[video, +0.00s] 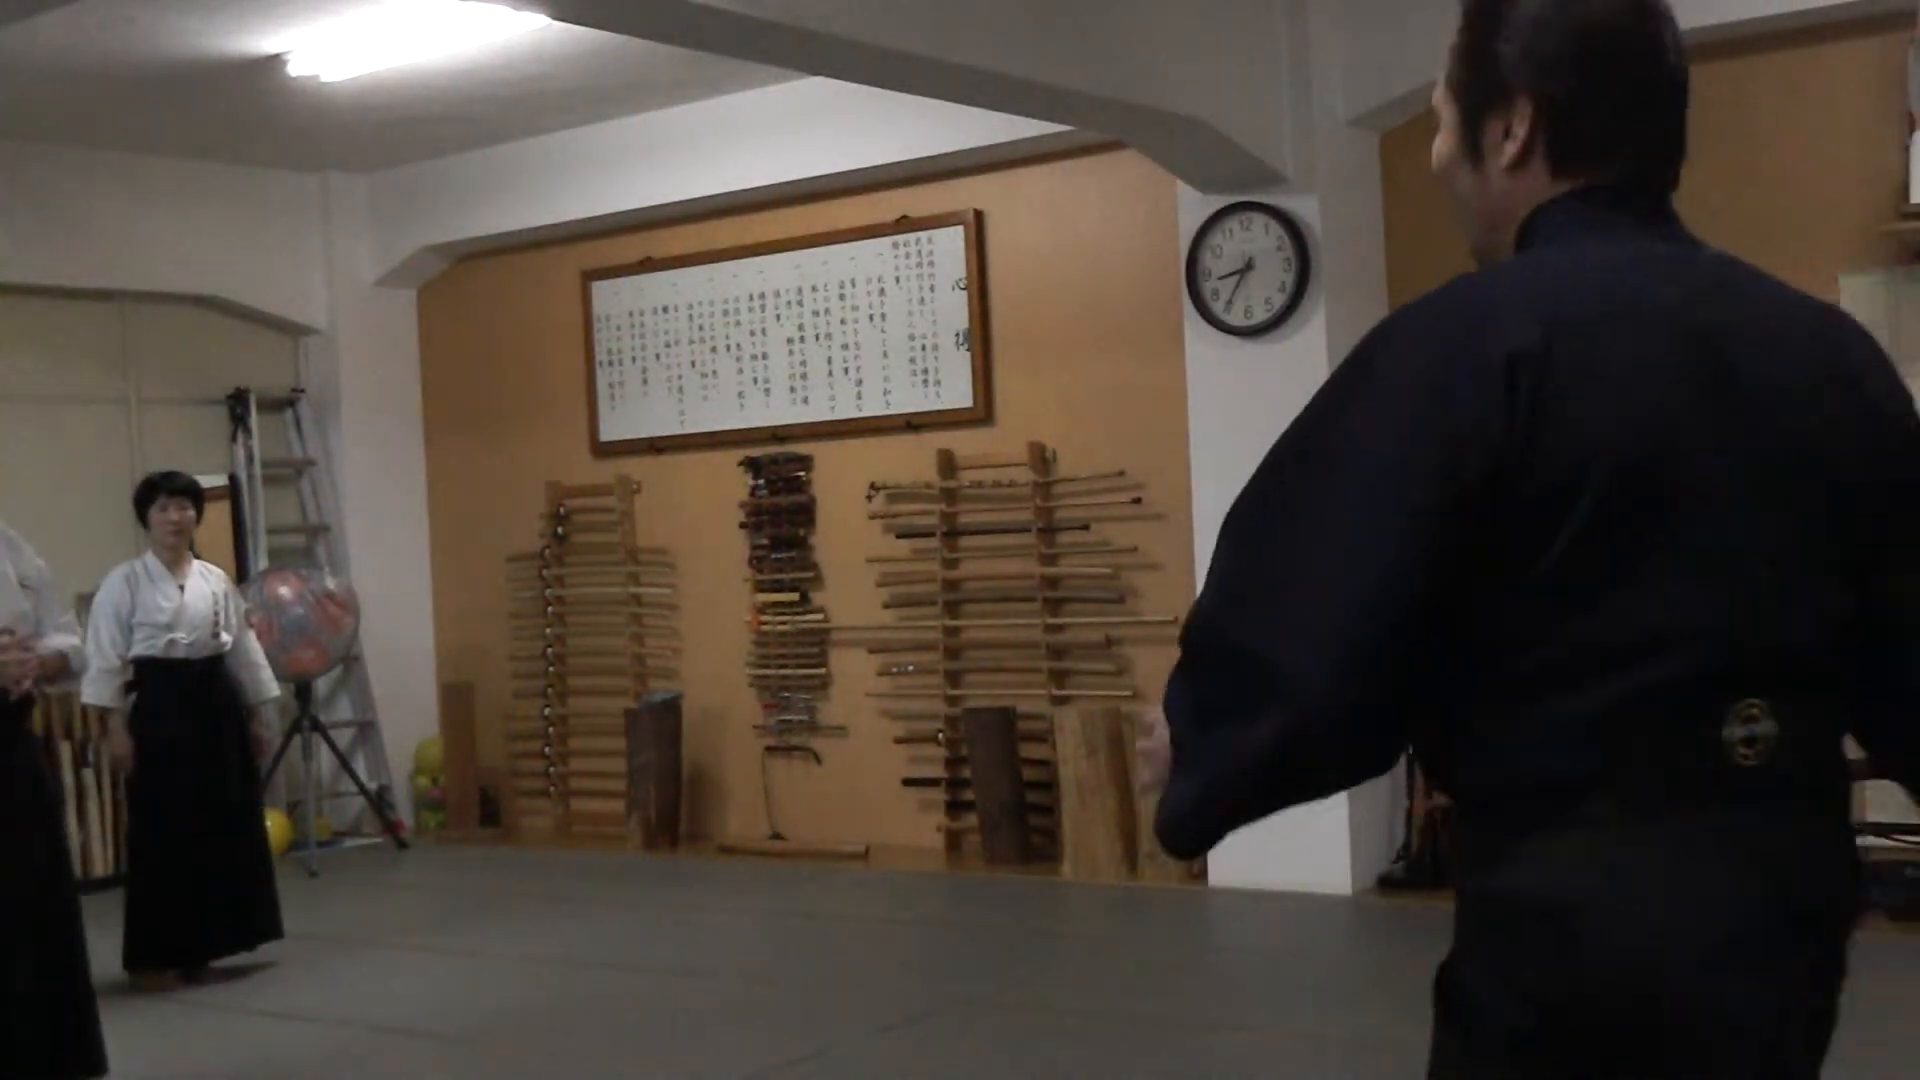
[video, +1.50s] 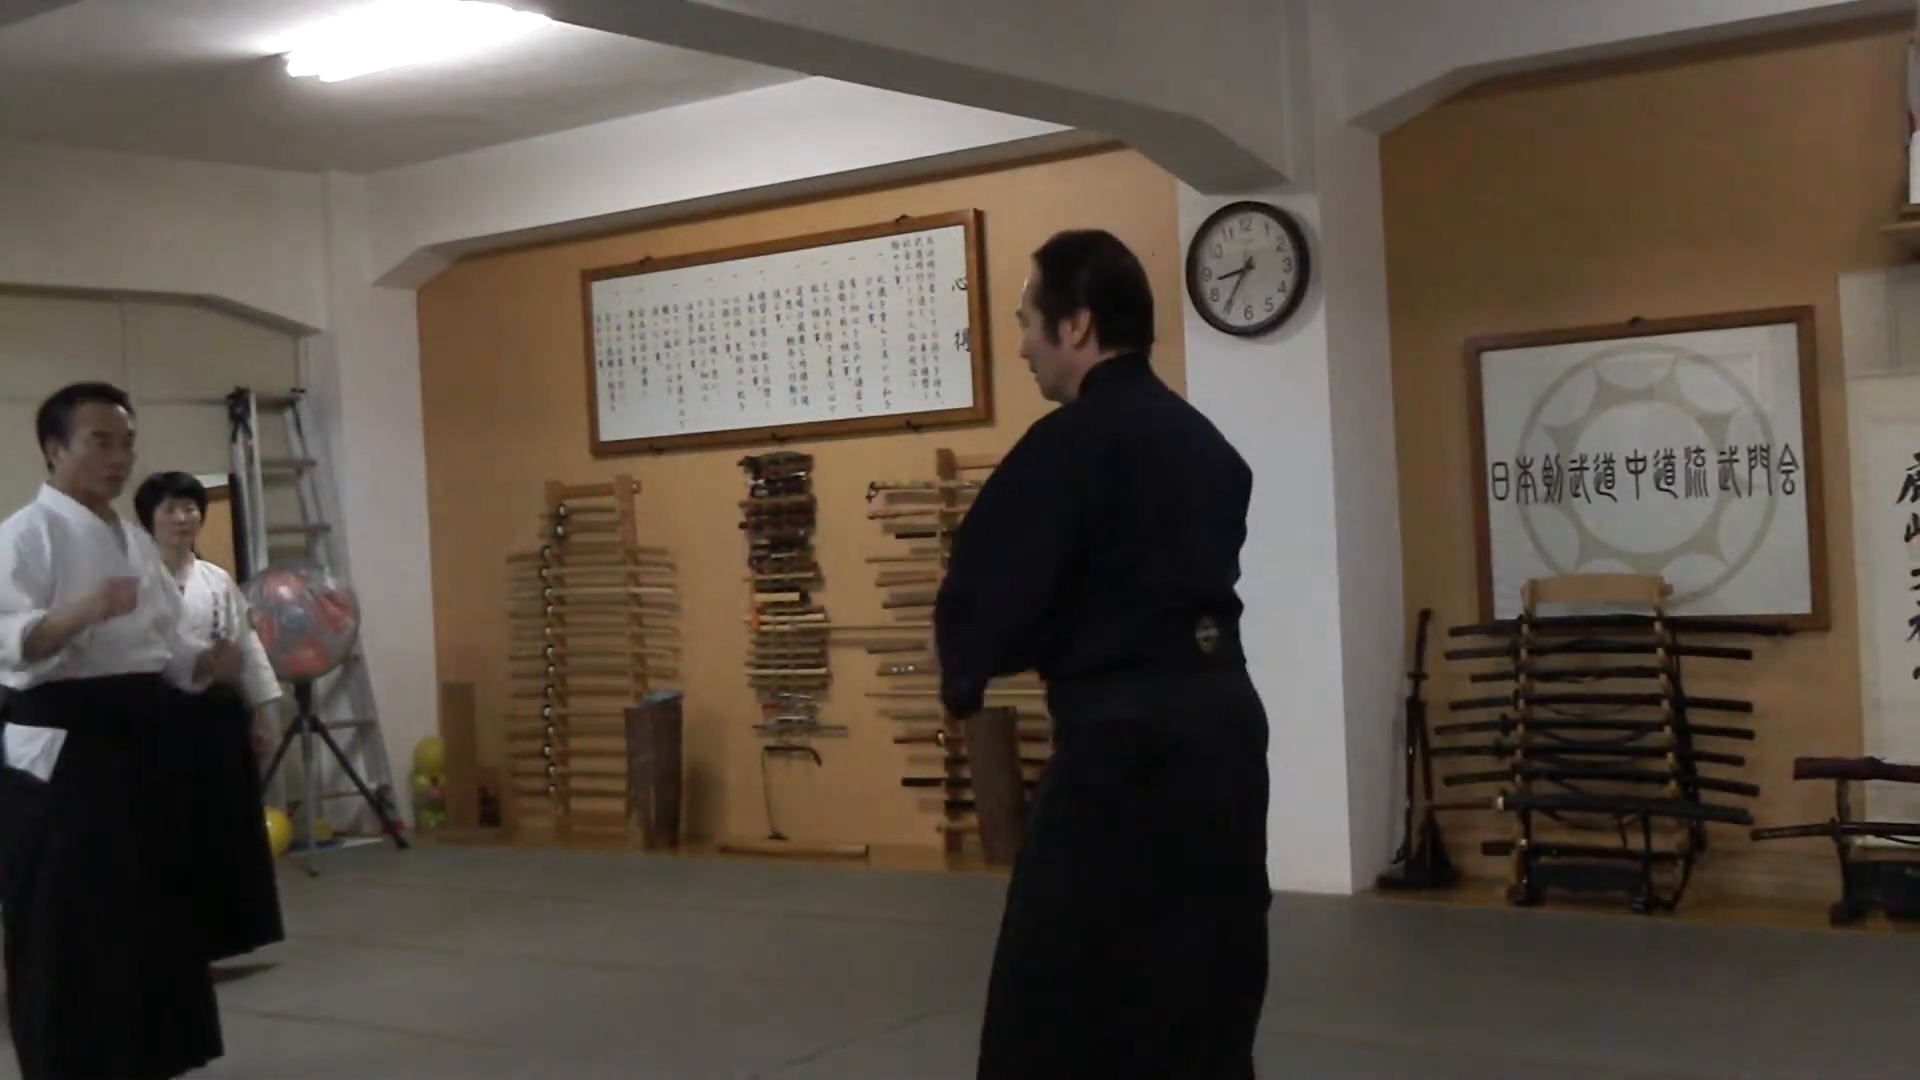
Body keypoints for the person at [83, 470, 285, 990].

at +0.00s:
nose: (174, 517)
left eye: (183, 508)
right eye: (163, 508)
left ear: (197, 517)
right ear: (145, 519)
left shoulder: (215, 581)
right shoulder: (124, 582)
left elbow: (243, 649)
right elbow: (104, 658)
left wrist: (260, 713)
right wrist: (115, 725)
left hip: (212, 703)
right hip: (157, 705)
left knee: (215, 822)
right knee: (161, 826)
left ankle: (202, 951)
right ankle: (155, 957)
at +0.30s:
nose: (175, 516)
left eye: (183, 507)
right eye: (163, 508)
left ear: (196, 517)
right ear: (144, 519)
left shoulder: (215, 580)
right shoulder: (124, 583)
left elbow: (242, 645)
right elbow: (96, 654)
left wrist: (262, 710)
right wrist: (109, 712)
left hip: (212, 701)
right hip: (157, 704)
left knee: (213, 821)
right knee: (161, 824)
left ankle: (201, 950)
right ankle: (155, 954)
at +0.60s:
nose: (177, 516)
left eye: (185, 506)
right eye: (164, 508)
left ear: (197, 515)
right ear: (145, 520)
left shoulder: (216, 579)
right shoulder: (129, 580)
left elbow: (242, 647)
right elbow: (122, 654)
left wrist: (261, 714)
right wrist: (132, 723)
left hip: (213, 700)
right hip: (155, 704)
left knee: (217, 816)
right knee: (162, 820)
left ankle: (204, 945)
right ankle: (168, 949)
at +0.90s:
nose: (179, 515)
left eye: (187, 506)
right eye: (167, 507)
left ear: (198, 515)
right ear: (147, 518)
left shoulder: (215, 579)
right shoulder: (139, 578)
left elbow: (241, 644)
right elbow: (134, 653)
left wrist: (261, 708)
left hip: (215, 690)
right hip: (159, 698)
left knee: (225, 812)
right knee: (170, 816)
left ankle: (216, 940)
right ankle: (181, 944)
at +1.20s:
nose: (183, 516)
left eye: (190, 507)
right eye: (171, 508)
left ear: (201, 518)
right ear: (147, 520)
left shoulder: (215, 580)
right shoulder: (137, 578)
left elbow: (242, 646)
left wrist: (262, 709)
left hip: (216, 703)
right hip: (157, 711)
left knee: (221, 822)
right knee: (168, 827)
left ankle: (215, 943)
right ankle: (177, 946)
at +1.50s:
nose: (183, 517)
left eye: (191, 509)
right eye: (171, 509)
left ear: (202, 519)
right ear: (149, 519)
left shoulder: (217, 581)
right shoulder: (138, 581)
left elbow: (246, 647)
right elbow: (130, 658)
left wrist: (264, 711)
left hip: (214, 719)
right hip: (154, 722)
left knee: (218, 830)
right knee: (164, 838)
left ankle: (213, 938)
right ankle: (171, 943)